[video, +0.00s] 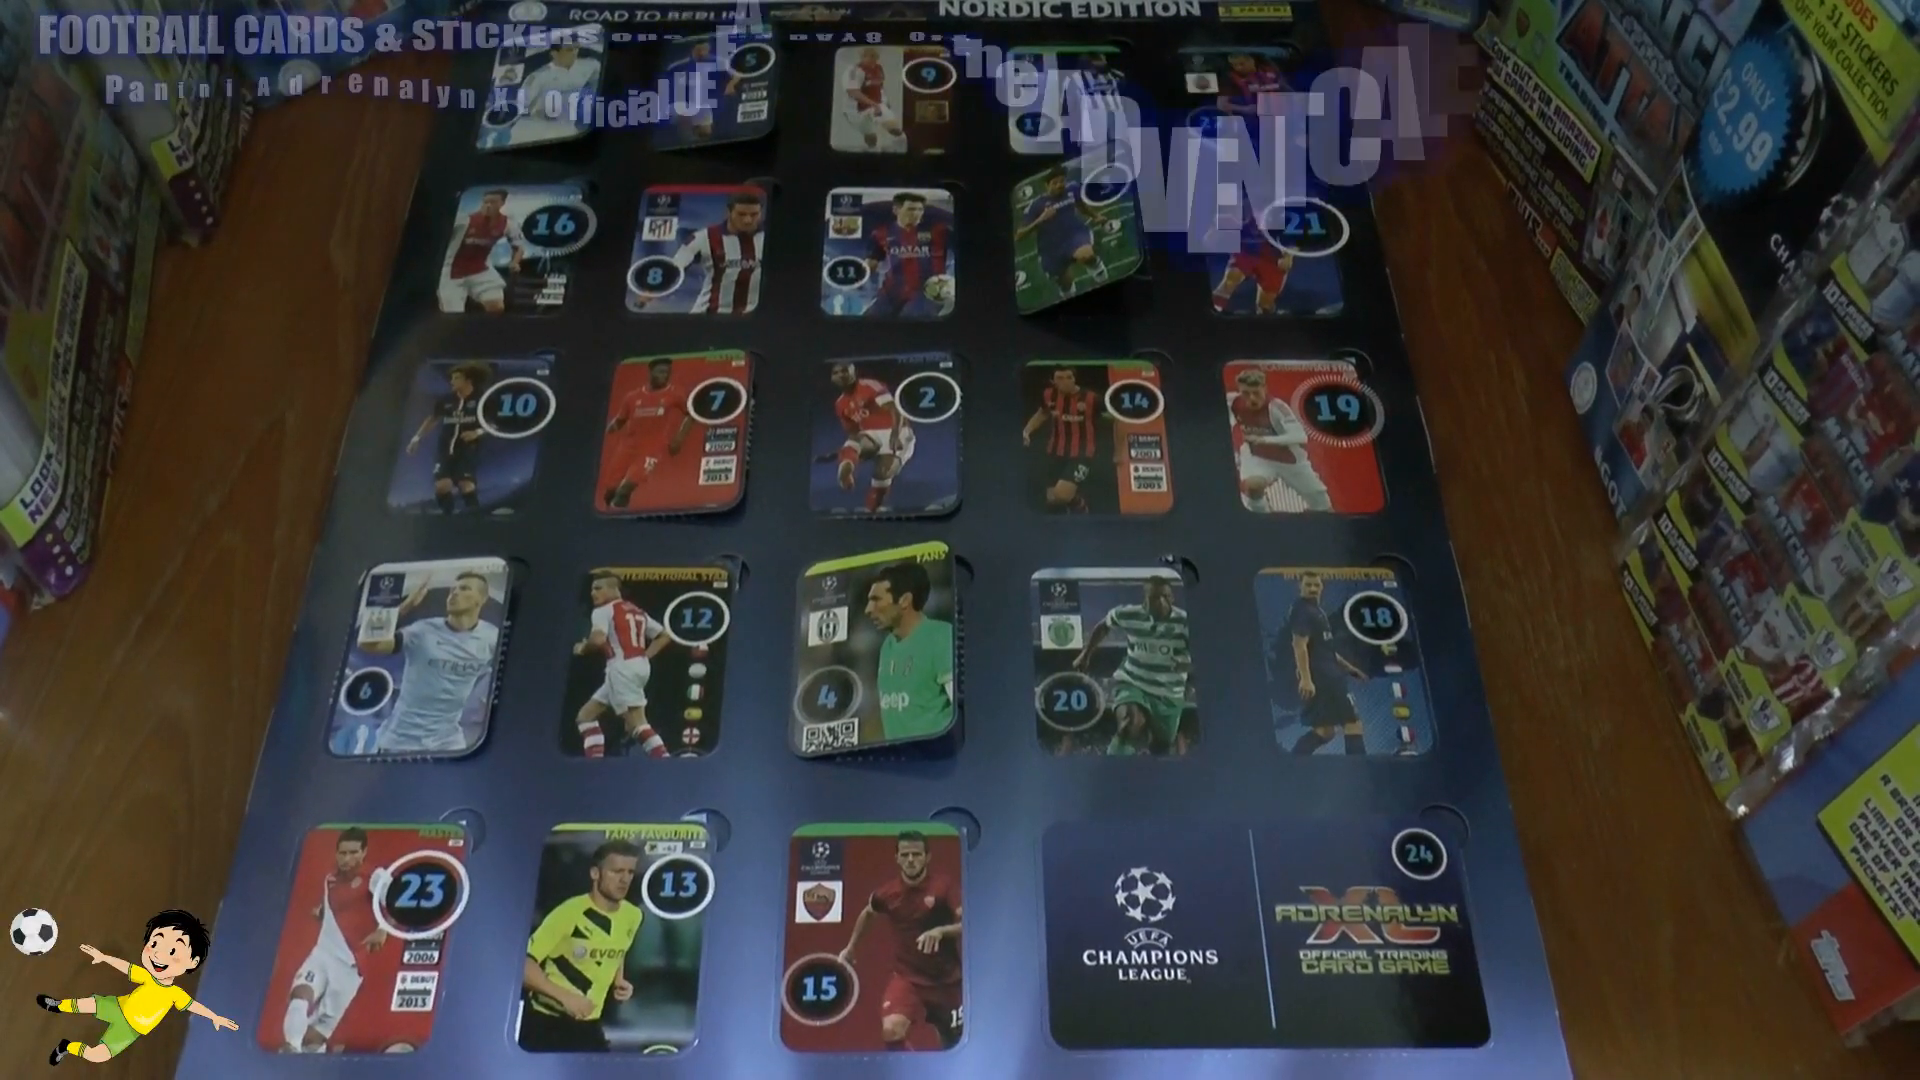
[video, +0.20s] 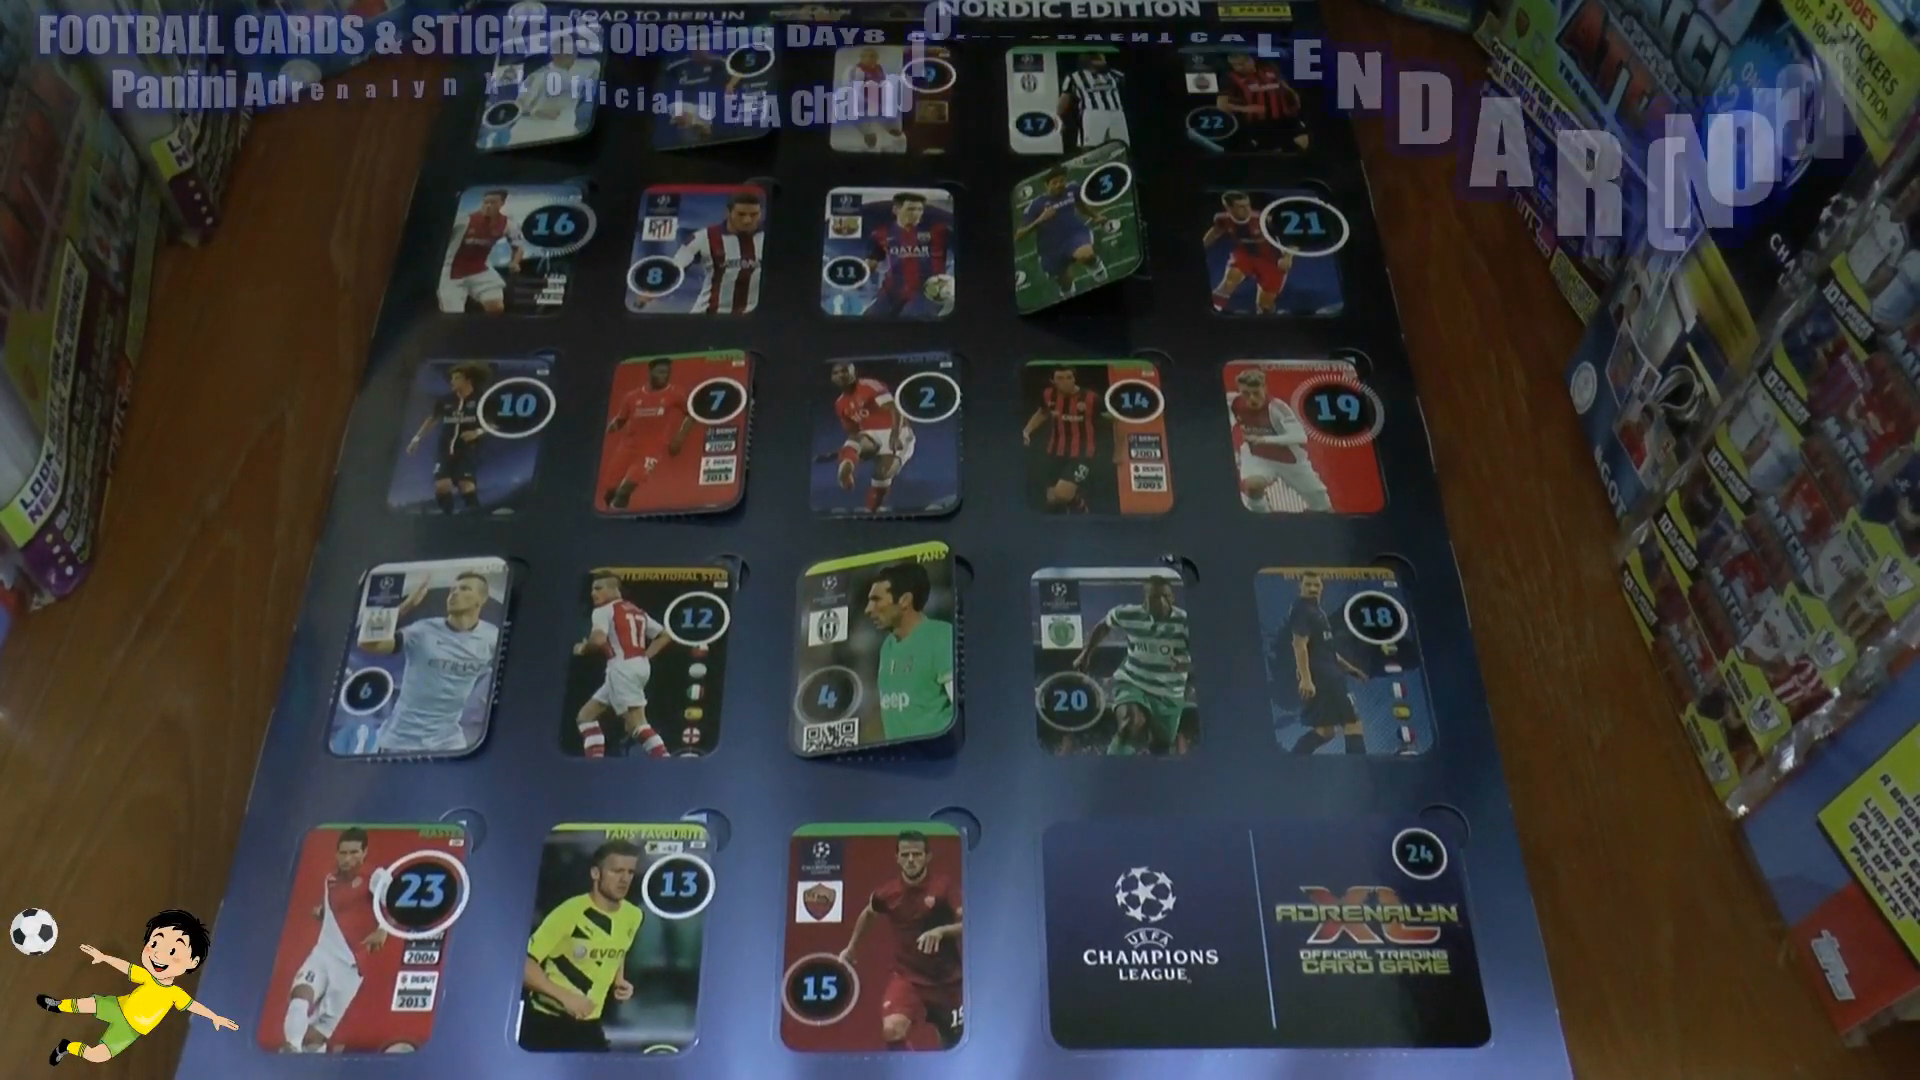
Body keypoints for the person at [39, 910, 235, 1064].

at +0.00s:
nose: (159, 956)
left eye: (172, 953)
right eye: (156, 944)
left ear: (189, 965)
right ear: (146, 945)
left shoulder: (176, 995)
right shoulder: (143, 975)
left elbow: (195, 1007)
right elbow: (124, 967)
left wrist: (214, 1017)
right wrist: (103, 958)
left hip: (131, 1030)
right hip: (119, 1008)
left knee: (99, 1055)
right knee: (89, 1003)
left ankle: (66, 1047)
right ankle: (57, 1006)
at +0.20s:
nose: (159, 956)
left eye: (172, 953)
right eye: (156, 944)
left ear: (189, 965)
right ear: (146, 945)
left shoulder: (176, 995)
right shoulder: (143, 975)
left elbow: (195, 1007)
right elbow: (124, 967)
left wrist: (215, 1017)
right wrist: (103, 958)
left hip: (131, 1030)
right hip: (119, 1008)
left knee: (99, 1055)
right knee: (89, 1003)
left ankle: (66, 1047)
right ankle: (57, 1006)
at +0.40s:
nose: (159, 956)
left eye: (172, 952)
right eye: (155, 944)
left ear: (189, 965)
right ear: (145, 945)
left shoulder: (176, 995)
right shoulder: (143, 975)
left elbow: (195, 1007)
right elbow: (124, 966)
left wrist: (214, 1017)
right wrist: (103, 958)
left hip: (131, 1030)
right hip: (119, 1008)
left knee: (99, 1055)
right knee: (89, 1003)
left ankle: (66, 1047)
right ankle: (57, 1006)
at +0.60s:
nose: (159, 956)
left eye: (172, 952)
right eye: (155, 944)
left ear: (190, 965)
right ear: (146, 945)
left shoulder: (176, 995)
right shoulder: (143, 975)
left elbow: (195, 1007)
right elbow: (124, 966)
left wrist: (214, 1017)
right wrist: (103, 958)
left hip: (131, 1030)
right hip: (119, 1008)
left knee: (99, 1055)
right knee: (89, 1003)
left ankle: (66, 1047)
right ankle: (57, 1006)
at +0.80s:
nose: (159, 955)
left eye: (172, 952)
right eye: (155, 944)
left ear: (190, 965)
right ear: (146, 945)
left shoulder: (176, 995)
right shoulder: (143, 975)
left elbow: (195, 1007)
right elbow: (124, 967)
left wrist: (214, 1017)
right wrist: (103, 958)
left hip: (131, 1030)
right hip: (119, 1008)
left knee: (99, 1055)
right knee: (89, 1004)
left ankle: (66, 1047)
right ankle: (57, 1006)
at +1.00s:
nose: (159, 955)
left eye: (172, 952)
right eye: (155, 944)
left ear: (188, 966)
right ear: (145, 946)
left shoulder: (176, 995)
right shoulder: (144, 976)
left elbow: (195, 1007)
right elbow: (124, 966)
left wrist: (215, 1017)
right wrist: (103, 958)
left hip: (131, 1030)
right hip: (119, 1008)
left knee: (99, 1055)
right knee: (89, 1003)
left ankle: (66, 1047)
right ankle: (57, 1006)